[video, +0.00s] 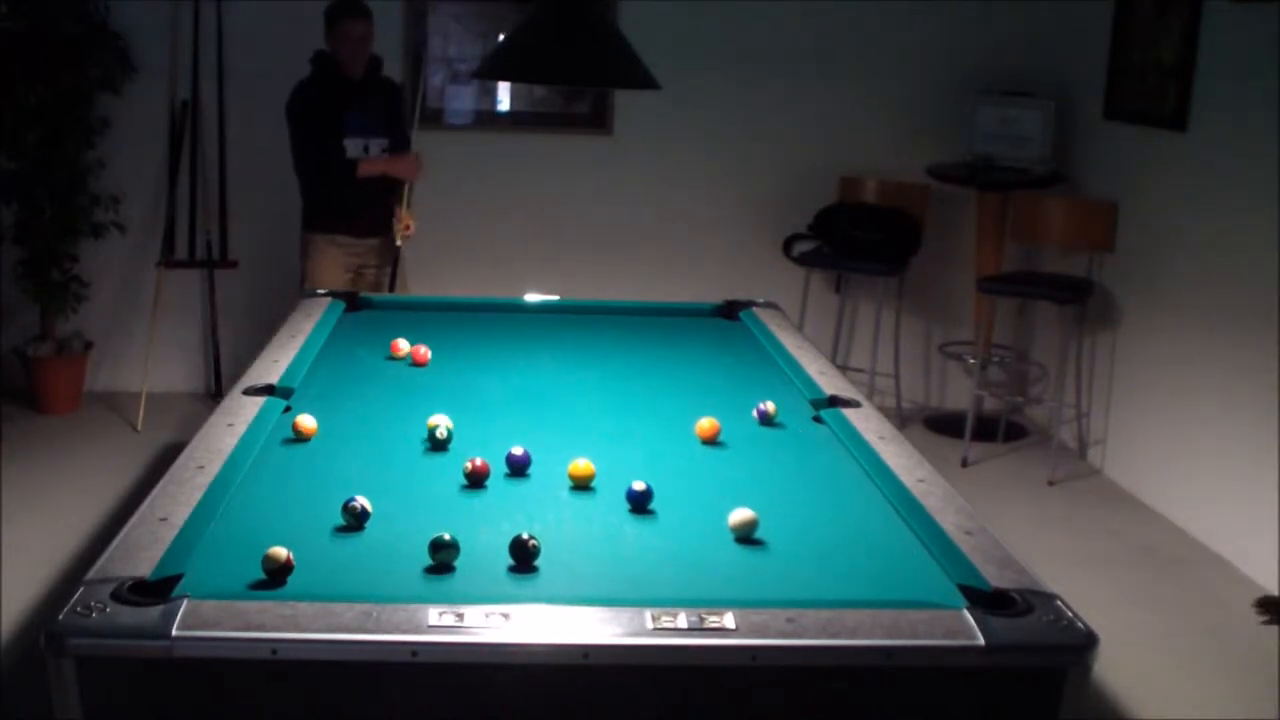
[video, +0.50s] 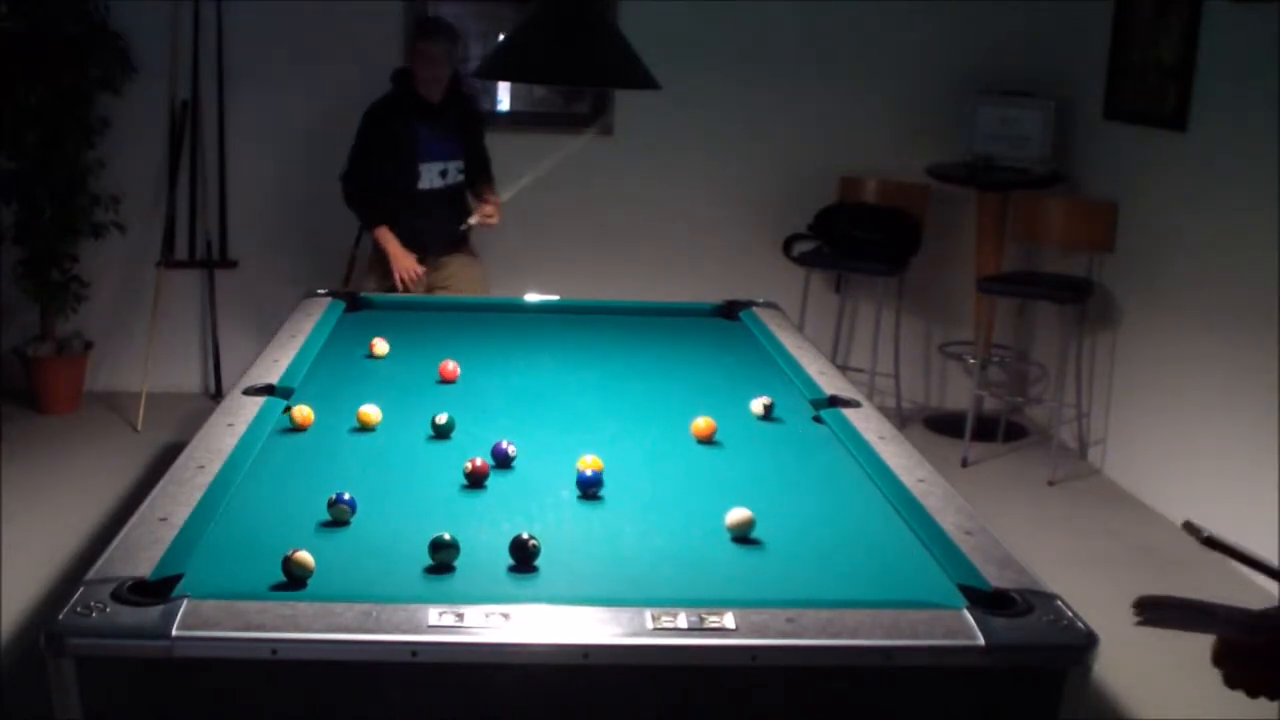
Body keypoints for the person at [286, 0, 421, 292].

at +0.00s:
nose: (358, 48)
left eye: (364, 38)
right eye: (350, 39)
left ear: (372, 38)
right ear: (331, 41)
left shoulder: (387, 91)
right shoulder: (309, 93)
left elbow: (400, 159)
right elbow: (318, 171)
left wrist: (400, 210)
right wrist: (387, 165)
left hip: (379, 236)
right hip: (329, 236)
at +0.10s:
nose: (358, 49)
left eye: (364, 39)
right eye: (349, 40)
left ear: (373, 39)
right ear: (331, 41)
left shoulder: (393, 90)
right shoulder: (310, 94)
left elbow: (410, 154)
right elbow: (310, 172)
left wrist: (406, 201)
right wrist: (376, 177)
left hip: (392, 239)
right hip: (336, 239)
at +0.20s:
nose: (363, 54)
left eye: (371, 43)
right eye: (354, 44)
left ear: (381, 43)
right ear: (338, 44)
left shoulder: (402, 91)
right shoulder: (319, 98)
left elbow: (420, 154)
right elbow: (306, 174)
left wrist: (414, 195)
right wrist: (367, 211)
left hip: (402, 240)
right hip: (346, 244)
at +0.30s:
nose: (378, 57)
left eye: (385, 47)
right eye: (369, 47)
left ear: (395, 46)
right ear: (354, 47)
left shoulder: (413, 91)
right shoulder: (334, 101)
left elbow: (435, 151)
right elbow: (314, 179)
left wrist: (435, 191)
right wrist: (363, 235)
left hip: (415, 246)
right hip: (354, 249)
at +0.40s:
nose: (402, 62)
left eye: (409, 52)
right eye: (393, 52)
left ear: (421, 54)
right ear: (378, 53)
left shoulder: (435, 102)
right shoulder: (354, 108)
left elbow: (452, 157)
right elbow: (332, 185)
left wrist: (459, 191)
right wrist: (372, 246)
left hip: (429, 247)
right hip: (371, 250)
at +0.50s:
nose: (435, 69)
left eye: (442, 59)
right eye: (426, 59)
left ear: (454, 61)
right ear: (411, 60)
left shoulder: (464, 109)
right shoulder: (385, 112)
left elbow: (477, 163)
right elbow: (356, 185)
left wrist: (487, 200)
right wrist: (394, 249)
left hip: (453, 251)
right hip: (395, 253)